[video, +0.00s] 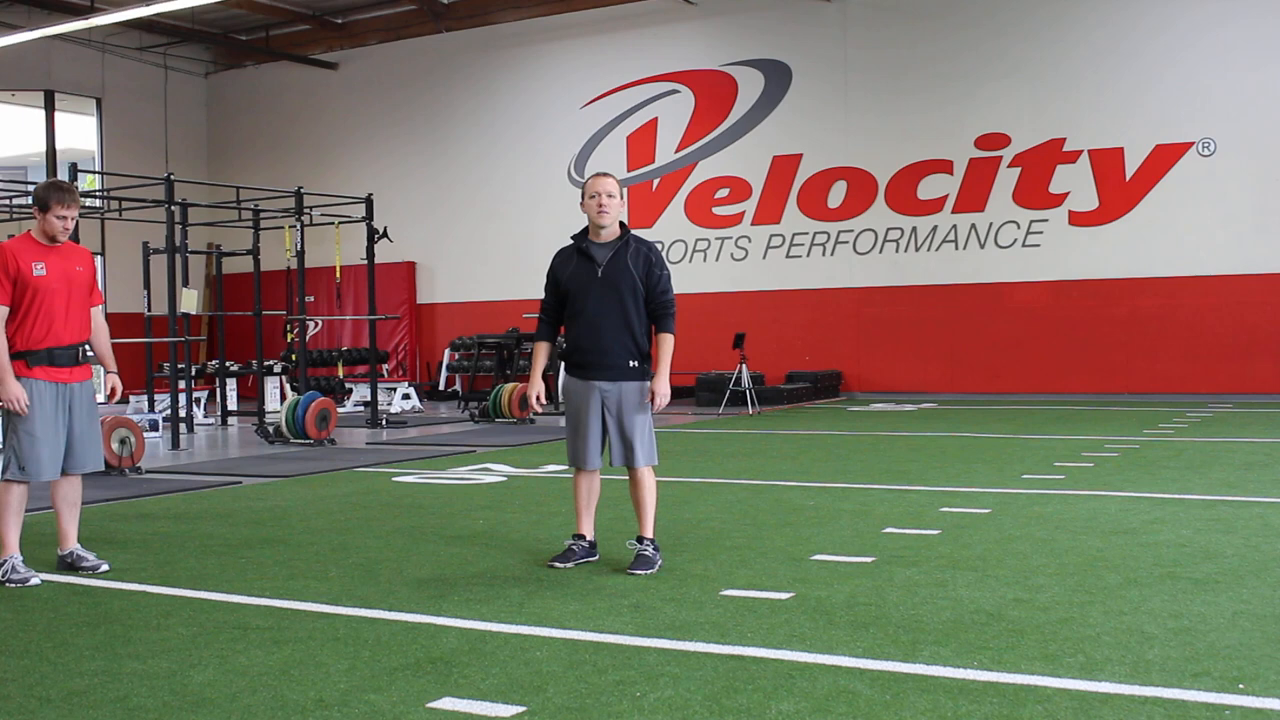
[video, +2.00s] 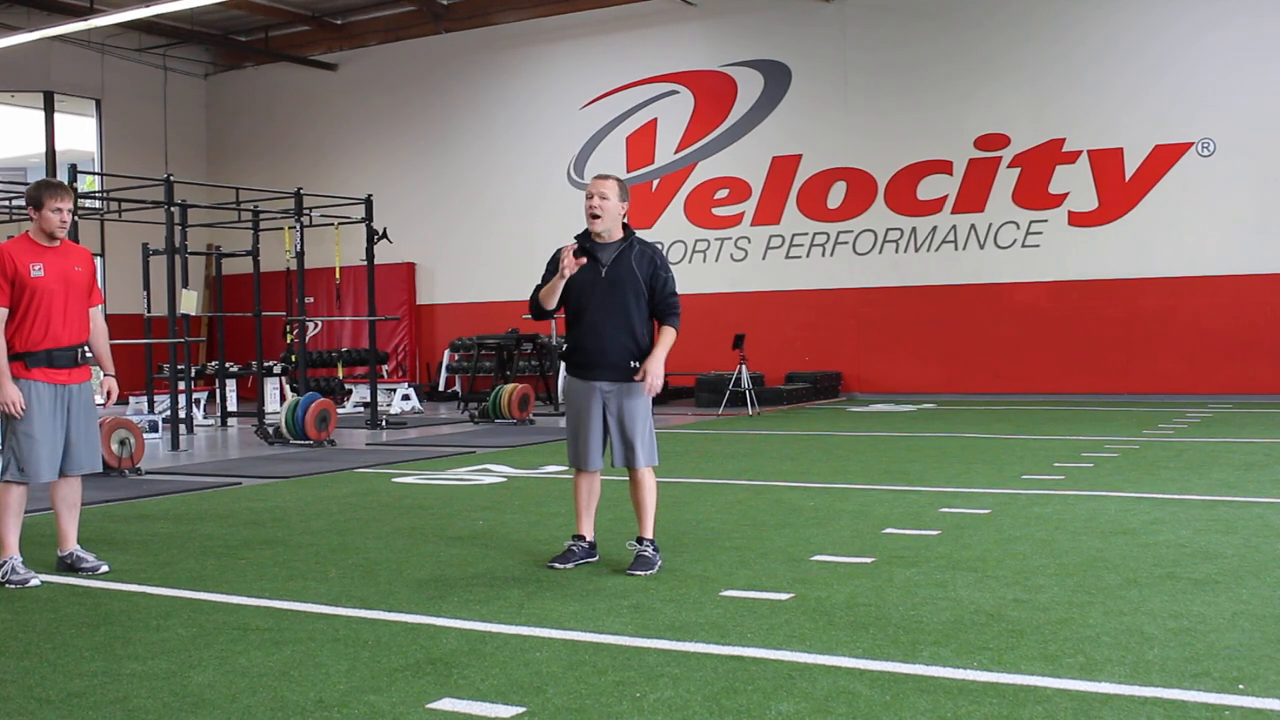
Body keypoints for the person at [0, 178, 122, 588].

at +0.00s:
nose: (68, 225)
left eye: (73, 217)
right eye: (60, 218)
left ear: (77, 214)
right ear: (39, 214)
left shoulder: (84, 257)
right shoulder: (12, 253)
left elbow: (96, 319)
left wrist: (111, 368)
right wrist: (7, 378)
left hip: (76, 377)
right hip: (29, 378)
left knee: (71, 465)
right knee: (19, 471)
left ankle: (69, 550)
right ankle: (10, 558)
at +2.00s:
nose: (65, 218)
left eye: (69, 211)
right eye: (56, 211)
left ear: (72, 213)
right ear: (33, 212)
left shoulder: (83, 257)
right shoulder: (10, 254)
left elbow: (95, 321)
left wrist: (109, 371)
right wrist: (5, 381)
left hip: (76, 376)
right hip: (28, 378)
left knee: (71, 466)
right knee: (18, 472)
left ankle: (69, 550)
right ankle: (10, 559)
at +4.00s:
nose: (64, 211)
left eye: (66, 205)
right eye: (54, 205)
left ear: (69, 210)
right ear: (31, 211)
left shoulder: (83, 257)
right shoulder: (10, 255)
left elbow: (95, 321)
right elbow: (0, 326)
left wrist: (108, 372)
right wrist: (7, 382)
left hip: (76, 377)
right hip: (30, 378)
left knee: (71, 466)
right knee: (18, 473)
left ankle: (69, 551)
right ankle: (9, 559)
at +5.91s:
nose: (66, 213)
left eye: (69, 206)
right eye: (57, 206)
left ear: (70, 211)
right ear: (33, 211)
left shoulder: (84, 257)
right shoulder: (10, 255)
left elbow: (96, 320)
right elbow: (0, 326)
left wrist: (110, 371)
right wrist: (6, 381)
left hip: (77, 377)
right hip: (30, 378)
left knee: (72, 466)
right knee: (18, 473)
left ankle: (69, 551)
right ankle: (9, 559)